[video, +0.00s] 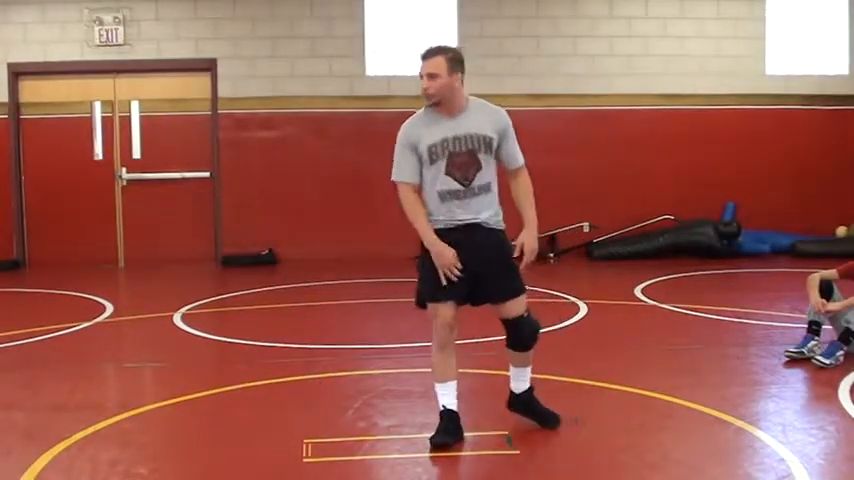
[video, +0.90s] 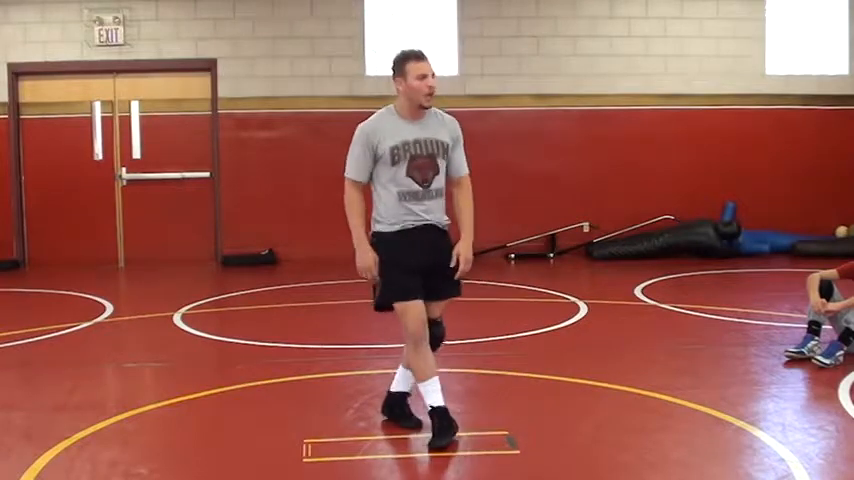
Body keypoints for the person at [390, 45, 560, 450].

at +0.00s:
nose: (424, 85)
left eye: (432, 77)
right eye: (422, 77)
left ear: (457, 79)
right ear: (425, 80)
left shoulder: (495, 118)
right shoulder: (413, 131)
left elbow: (517, 173)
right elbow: (407, 192)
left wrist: (530, 227)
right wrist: (434, 245)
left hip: (489, 234)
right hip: (440, 239)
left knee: (521, 325)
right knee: (444, 324)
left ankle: (521, 395)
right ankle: (449, 417)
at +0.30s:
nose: (407, 82)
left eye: (414, 74)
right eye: (404, 75)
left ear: (439, 76)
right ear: (404, 78)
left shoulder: (478, 118)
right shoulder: (396, 131)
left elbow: (501, 176)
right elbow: (386, 193)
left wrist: (513, 230)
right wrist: (391, 248)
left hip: (474, 234)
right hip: (424, 238)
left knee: (506, 329)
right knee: (438, 329)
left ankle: (477, 383)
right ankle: (447, 417)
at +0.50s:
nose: (403, 84)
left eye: (410, 75)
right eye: (399, 77)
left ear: (434, 76)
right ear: (397, 82)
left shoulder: (470, 119)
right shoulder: (389, 133)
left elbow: (487, 179)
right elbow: (374, 191)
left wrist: (488, 233)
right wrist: (366, 251)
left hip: (464, 234)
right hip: (417, 239)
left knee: (482, 335)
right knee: (433, 330)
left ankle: (422, 375)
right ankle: (447, 418)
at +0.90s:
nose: (430, 84)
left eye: (431, 76)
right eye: (421, 78)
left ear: (433, 80)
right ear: (399, 83)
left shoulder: (448, 126)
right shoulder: (371, 131)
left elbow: (461, 185)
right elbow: (353, 189)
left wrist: (466, 238)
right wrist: (361, 246)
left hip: (437, 236)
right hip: (394, 239)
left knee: (432, 329)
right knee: (415, 330)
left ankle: (397, 395)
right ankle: (440, 416)